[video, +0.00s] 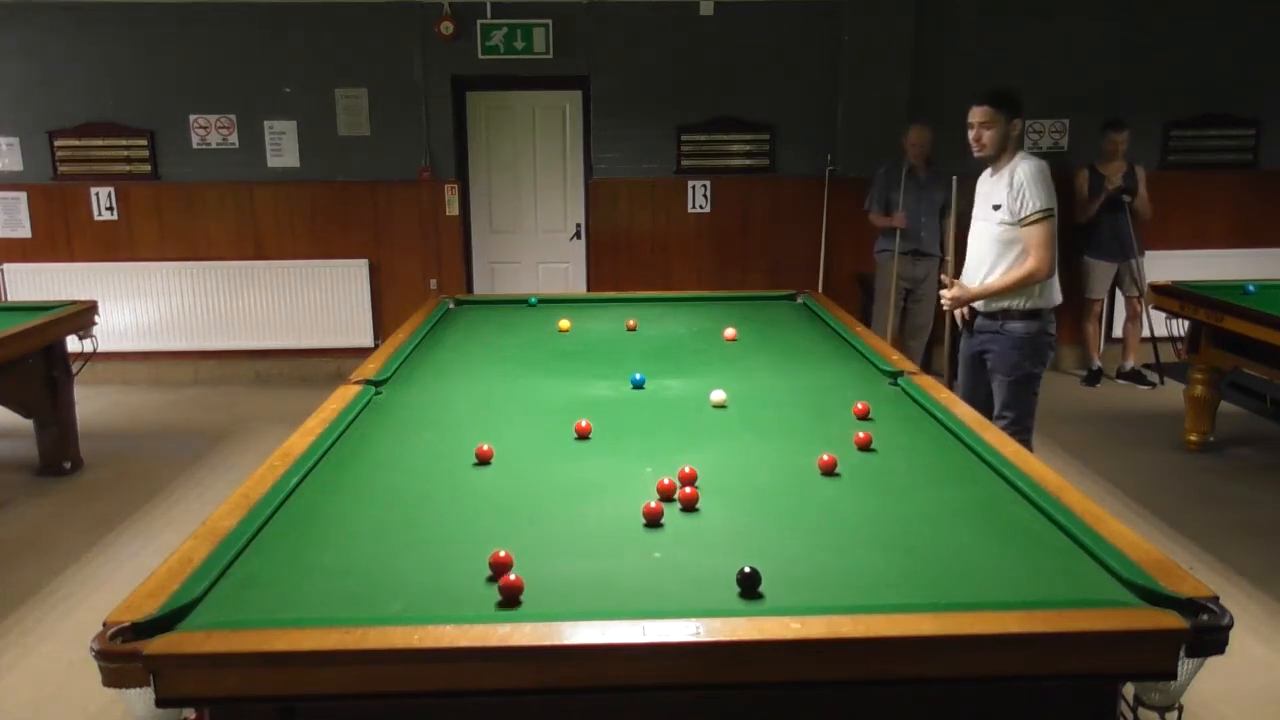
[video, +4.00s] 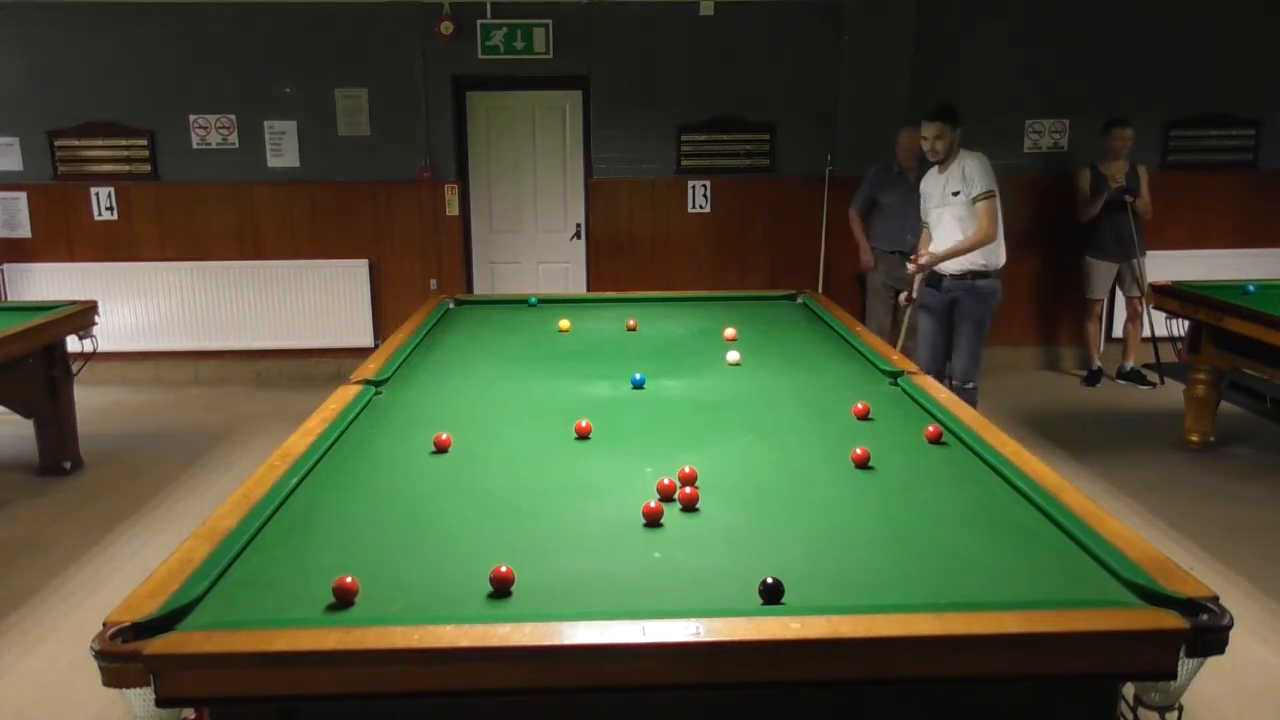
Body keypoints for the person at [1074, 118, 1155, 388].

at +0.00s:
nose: (1117, 148)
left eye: (1121, 143)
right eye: (1112, 143)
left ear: (1127, 143)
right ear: (1102, 142)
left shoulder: (1135, 172)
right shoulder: (1086, 174)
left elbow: (1146, 213)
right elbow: (1081, 215)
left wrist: (1133, 194)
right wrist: (1105, 192)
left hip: (1130, 251)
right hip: (1098, 251)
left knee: (1135, 310)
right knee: (1093, 309)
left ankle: (1128, 366)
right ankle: (1094, 364)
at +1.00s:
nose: (1123, 146)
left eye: (1126, 141)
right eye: (1117, 140)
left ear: (1130, 142)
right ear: (1105, 141)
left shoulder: (1136, 172)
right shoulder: (1089, 173)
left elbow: (1146, 212)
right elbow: (1083, 214)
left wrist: (1131, 196)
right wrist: (1104, 193)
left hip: (1130, 249)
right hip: (1099, 250)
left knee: (1135, 309)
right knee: (1094, 309)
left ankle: (1128, 366)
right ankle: (1094, 364)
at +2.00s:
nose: (1124, 145)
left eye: (1127, 140)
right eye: (1118, 140)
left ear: (1130, 142)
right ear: (1104, 141)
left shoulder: (1136, 171)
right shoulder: (1087, 173)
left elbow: (1146, 211)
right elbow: (1080, 214)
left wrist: (1130, 196)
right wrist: (1105, 191)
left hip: (1131, 251)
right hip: (1099, 251)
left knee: (1135, 310)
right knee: (1093, 309)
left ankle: (1128, 366)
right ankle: (1094, 365)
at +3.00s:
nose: (1120, 142)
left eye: (1124, 137)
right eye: (1115, 137)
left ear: (1130, 140)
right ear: (1106, 140)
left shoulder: (1138, 170)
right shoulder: (1089, 172)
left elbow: (1146, 211)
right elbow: (1083, 214)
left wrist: (1130, 196)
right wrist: (1106, 191)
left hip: (1132, 250)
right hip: (1099, 250)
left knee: (1136, 309)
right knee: (1094, 310)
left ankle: (1128, 366)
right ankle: (1094, 365)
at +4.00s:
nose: (1125, 145)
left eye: (1129, 140)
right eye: (1120, 139)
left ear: (1133, 142)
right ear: (1107, 140)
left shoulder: (1138, 171)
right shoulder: (1089, 173)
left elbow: (1147, 211)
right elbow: (1084, 214)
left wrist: (1131, 197)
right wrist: (1107, 191)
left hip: (1132, 251)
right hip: (1100, 251)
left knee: (1136, 310)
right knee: (1094, 310)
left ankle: (1128, 366)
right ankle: (1094, 365)